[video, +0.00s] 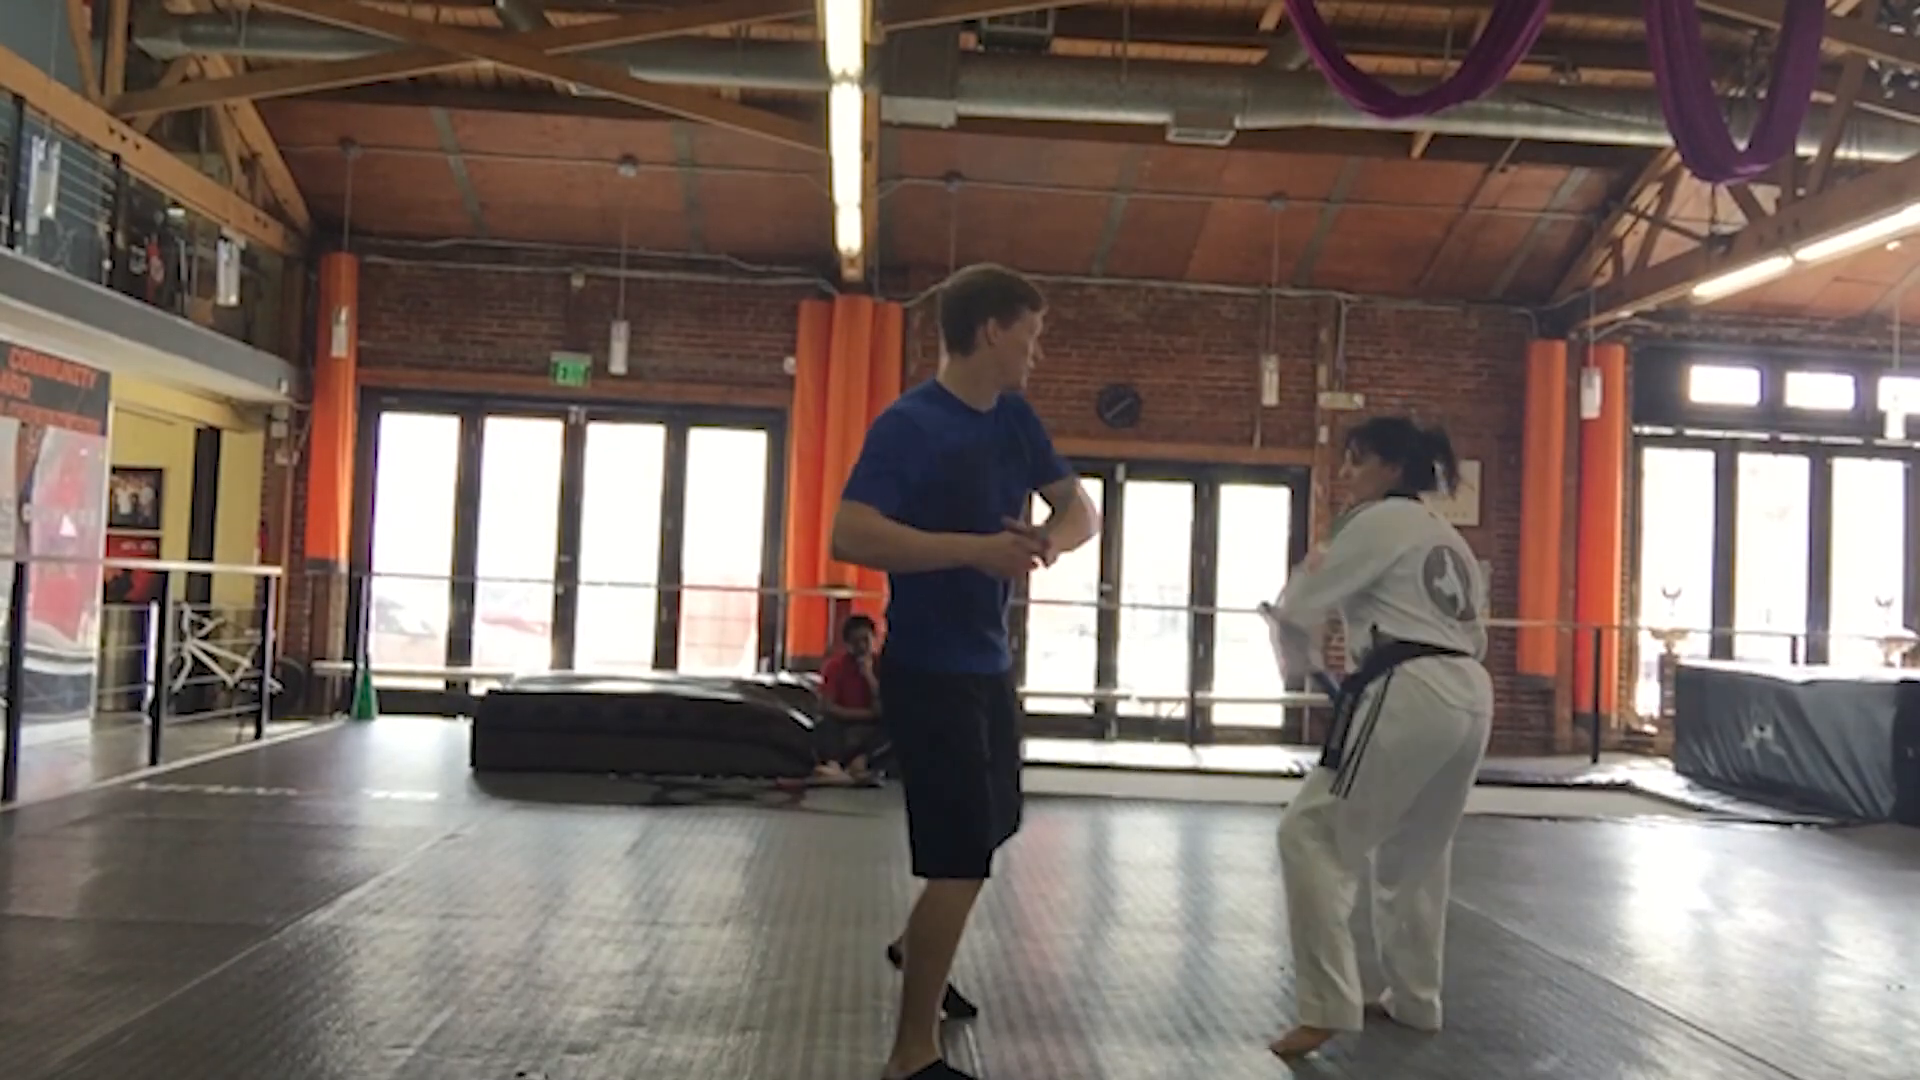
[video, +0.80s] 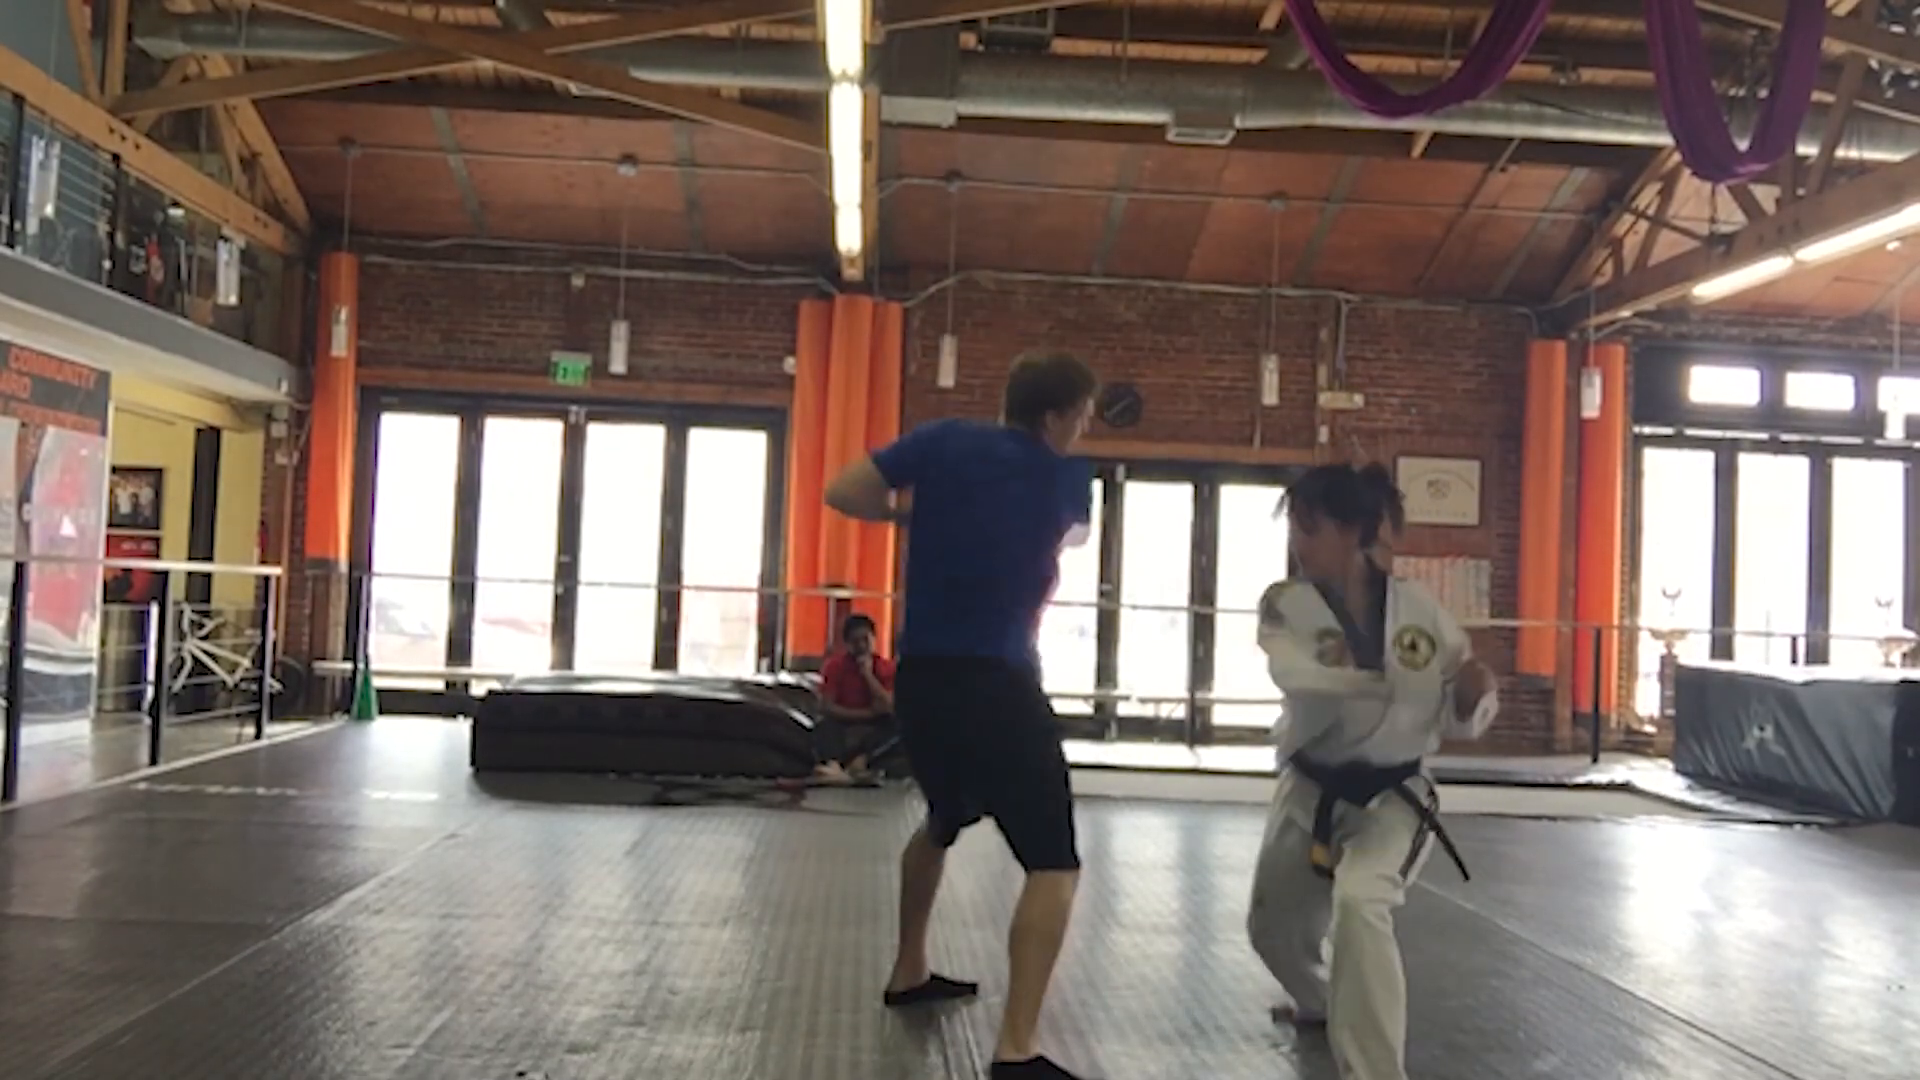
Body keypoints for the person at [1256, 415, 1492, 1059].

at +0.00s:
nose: (1345, 473)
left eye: (1357, 462)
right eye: (1347, 460)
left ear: (1394, 469)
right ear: (1411, 475)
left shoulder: (1382, 520)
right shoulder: (1449, 535)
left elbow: (1297, 607)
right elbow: (1454, 634)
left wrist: (1304, 668)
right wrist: (1365, 663)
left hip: (1413, 688)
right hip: (1470, 693)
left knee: (1313, 834)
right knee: (1416, 853)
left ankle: (1326, 1008)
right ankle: (1415, 1001)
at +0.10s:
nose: (1340, 492)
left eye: (1351, 481)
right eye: (1343, 480)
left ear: (1384, 486)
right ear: (1410, 493)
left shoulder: (1367, 532)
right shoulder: (1451, 551)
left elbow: (1271, 598)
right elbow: (1457, 635)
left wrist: (1236, 650)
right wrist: (1372, 670)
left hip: (1414, 702)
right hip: (1476, 707)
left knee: (1313, 846)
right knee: (1411, 867)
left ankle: (1332, 1011)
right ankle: (1415, 1001)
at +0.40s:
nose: (1314, 527)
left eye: (1324, 514)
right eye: (1316, 515)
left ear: (1361, 520)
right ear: (1373, 524)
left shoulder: (1351, 565)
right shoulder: (1398, 574)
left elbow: (1307, 593)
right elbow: (1429, 653)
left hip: (1395, 743)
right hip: (1430, 741)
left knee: (1333, 907)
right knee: (1366, 884)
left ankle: (1378, 1068)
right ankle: (1410, 999)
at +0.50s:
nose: (1303, 508)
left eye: (1315, 496)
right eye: (1303, 496)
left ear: (1357, 503)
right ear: (1328, 506)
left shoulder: (1393, 563)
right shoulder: (1327, 595)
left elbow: (1472, 618)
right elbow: (1266, 664)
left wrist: (1385, 658)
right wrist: (1190, 666)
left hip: (1410, 757)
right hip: (1356, 763)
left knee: (1335, 902)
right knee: (1308, 869)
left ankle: (1365, 1070)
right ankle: (1390, 968)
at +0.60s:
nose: (1293, 503)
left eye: (1306, 491)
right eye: (1294, 490)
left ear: (1348, 503)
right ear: (1324, 505)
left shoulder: (1429, 579)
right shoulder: (1279, 598)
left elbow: (1505, 646)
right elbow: (1180, 634)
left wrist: (1444, 663)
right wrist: (1078, 632)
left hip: (1425, 759)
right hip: (1351, 765)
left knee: (1347, 901)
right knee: (1284, 870)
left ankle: (1365, 1070)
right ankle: (1339, 990)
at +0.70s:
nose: (1293, 522)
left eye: (1305, 508)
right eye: (1293, 508)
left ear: (1350, 517)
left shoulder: (1424, 594)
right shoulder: (1281, 604)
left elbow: (1497, 662)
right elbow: (1213, 657)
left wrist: (1469, 696)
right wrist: (1160, 647)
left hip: (1412, 775)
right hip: (1327, 776)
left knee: (1355, 905)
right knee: (1273, 906)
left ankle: (1370, 1071)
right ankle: (1309, 1002)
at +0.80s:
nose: (1294, 543)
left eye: (1307, 529)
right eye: (1293, 528)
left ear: (1353, 533)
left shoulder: (1417, 609)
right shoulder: (1288, 603)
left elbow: (1462, 724)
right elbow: (1294, 676)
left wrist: (1475, 695)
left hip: (1394, 787)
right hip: (1309, 784)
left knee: (1361, 902)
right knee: (1273, 929)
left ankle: (1375, 1072)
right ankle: (1318, 1004)